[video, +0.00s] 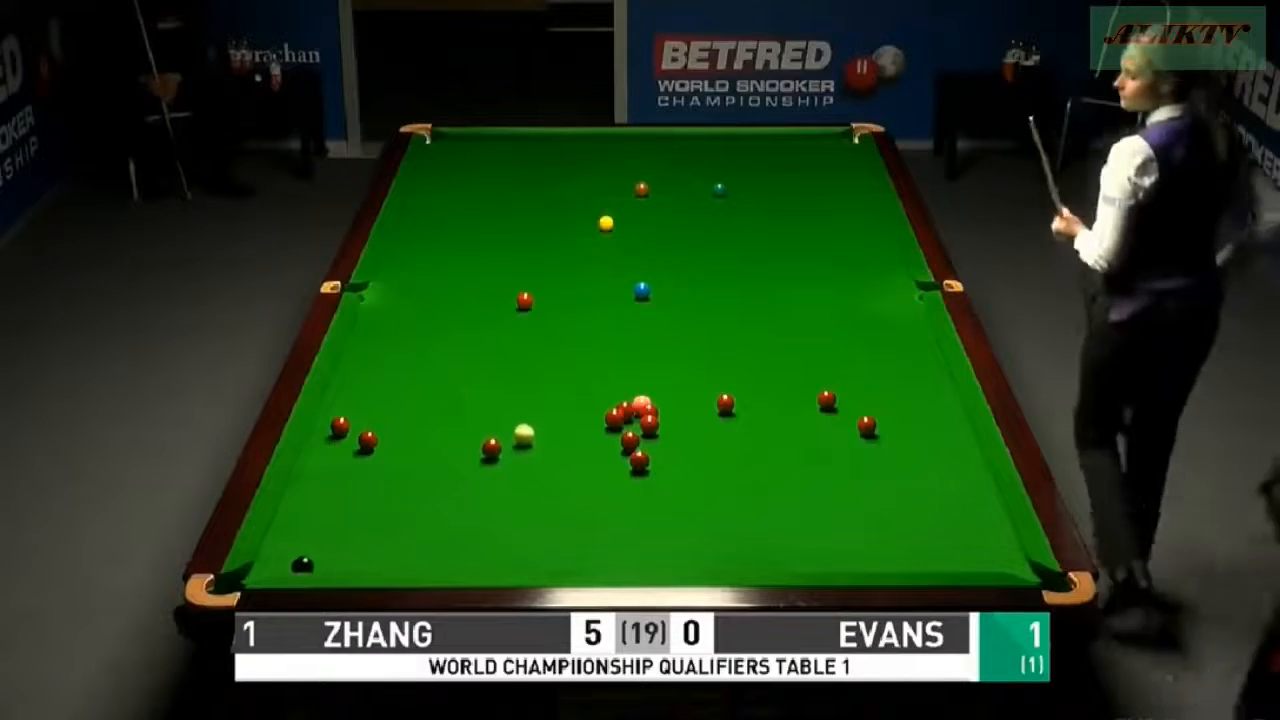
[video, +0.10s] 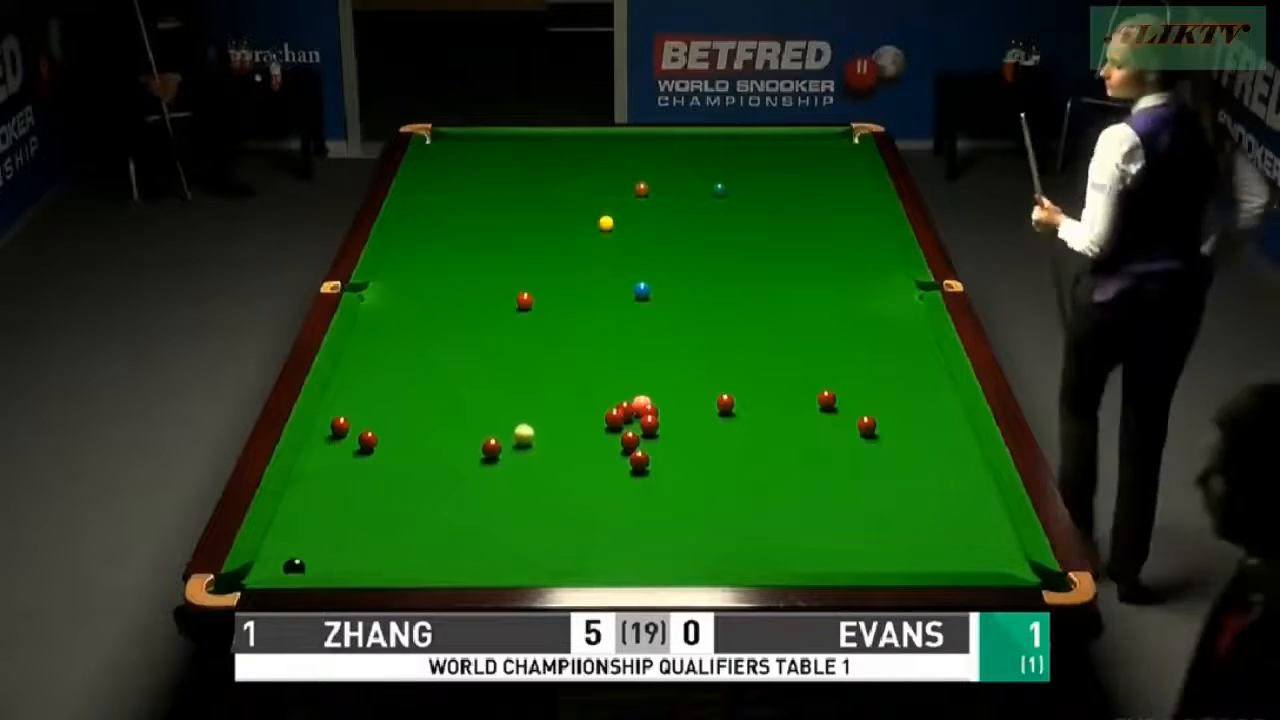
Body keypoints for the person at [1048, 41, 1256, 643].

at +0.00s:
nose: (1118, 83)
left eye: (1128, 75)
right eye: (1120, 72)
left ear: (1161, 83)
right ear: (1174, 82)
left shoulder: (1134, 153)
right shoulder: (1222, 138)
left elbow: (1104, 256)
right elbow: (1255, 220)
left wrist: (1074, 231)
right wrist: (1209, 261)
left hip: (1129, 316)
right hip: (1194, 312)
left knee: (1095, 432)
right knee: (1154, 439)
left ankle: (1124, 571)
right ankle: (1133, 574)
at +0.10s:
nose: (1105, 72)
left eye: (1114, 64)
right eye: (1107, 61)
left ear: (1144, 72)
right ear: (1163, 71)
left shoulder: (1119, 141)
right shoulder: (1210, 130)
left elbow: (1094, 240)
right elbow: (1255, 199)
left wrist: (1057, 221)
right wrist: (1204, 245)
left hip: (1112, 302)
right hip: (1176, 302)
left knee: (1079, 411)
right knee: (1146, 429)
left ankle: (1075, 552)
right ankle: (1127, 570)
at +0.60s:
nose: (1034, 33)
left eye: (1044, 25)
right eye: (1036, 22)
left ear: (1078, 31)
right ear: (1082, 31)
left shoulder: (1049, 93)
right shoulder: (1126, 84)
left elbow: (1026, 188)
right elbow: (1155, 161)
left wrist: (999, 163)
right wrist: (1119, 194)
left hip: (1050, 242)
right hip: (1104, 239)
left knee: (1034, 353)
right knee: (1070, 342)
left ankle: (1033, 471)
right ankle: (1081, 467)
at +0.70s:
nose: (1025, 23)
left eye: (1034, 15)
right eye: (1027, 13)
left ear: (1063, 21)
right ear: (1071, 23)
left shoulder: (1038, 81)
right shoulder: (1109, 74)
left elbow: (1013, 171)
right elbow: (1132, 158)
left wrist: (995, 144)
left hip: (1043, 223)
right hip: (1092, 220)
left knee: (1026, 324)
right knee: (1050, 317)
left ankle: (1035, 440)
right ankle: (1048, 418)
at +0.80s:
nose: (1019, 19)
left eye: (1028, 12)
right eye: (1021, 10)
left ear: (1057, 19)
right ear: (1063, 21)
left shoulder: (1032, 77)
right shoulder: (1097, 72)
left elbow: (1005, 166)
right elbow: (1125, 148)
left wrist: (992, 139)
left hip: (1037, 221)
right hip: (1082, 218)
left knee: (1028, 330)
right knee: (1037, 323)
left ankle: (1031, 446)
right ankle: (1028, 430)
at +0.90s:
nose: (1010, 16)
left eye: (1019, 8)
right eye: (1011, 7)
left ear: (1048, 15)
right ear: (1050, 17)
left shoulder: (1025, 72)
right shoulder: (1082, 67)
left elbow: (998, 159)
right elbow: (1120, 134)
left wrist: (986, 135)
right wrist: (1074, 155)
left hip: (1029, 214)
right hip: (1070, 210)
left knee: (1022, 331)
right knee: (1030, 319)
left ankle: (1031, 452)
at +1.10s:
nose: (997, 2)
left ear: (1019, 1)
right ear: (1039, 1)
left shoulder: (1010, 49)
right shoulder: (1069, 39)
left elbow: (997, 134)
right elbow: (1115, 86)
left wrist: (973, 124)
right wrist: (1081, 131)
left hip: (1016, 185)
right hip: (1059, 181)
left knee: (989, 288)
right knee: (1028, 280)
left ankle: (1021, 395)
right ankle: (1014, 388)